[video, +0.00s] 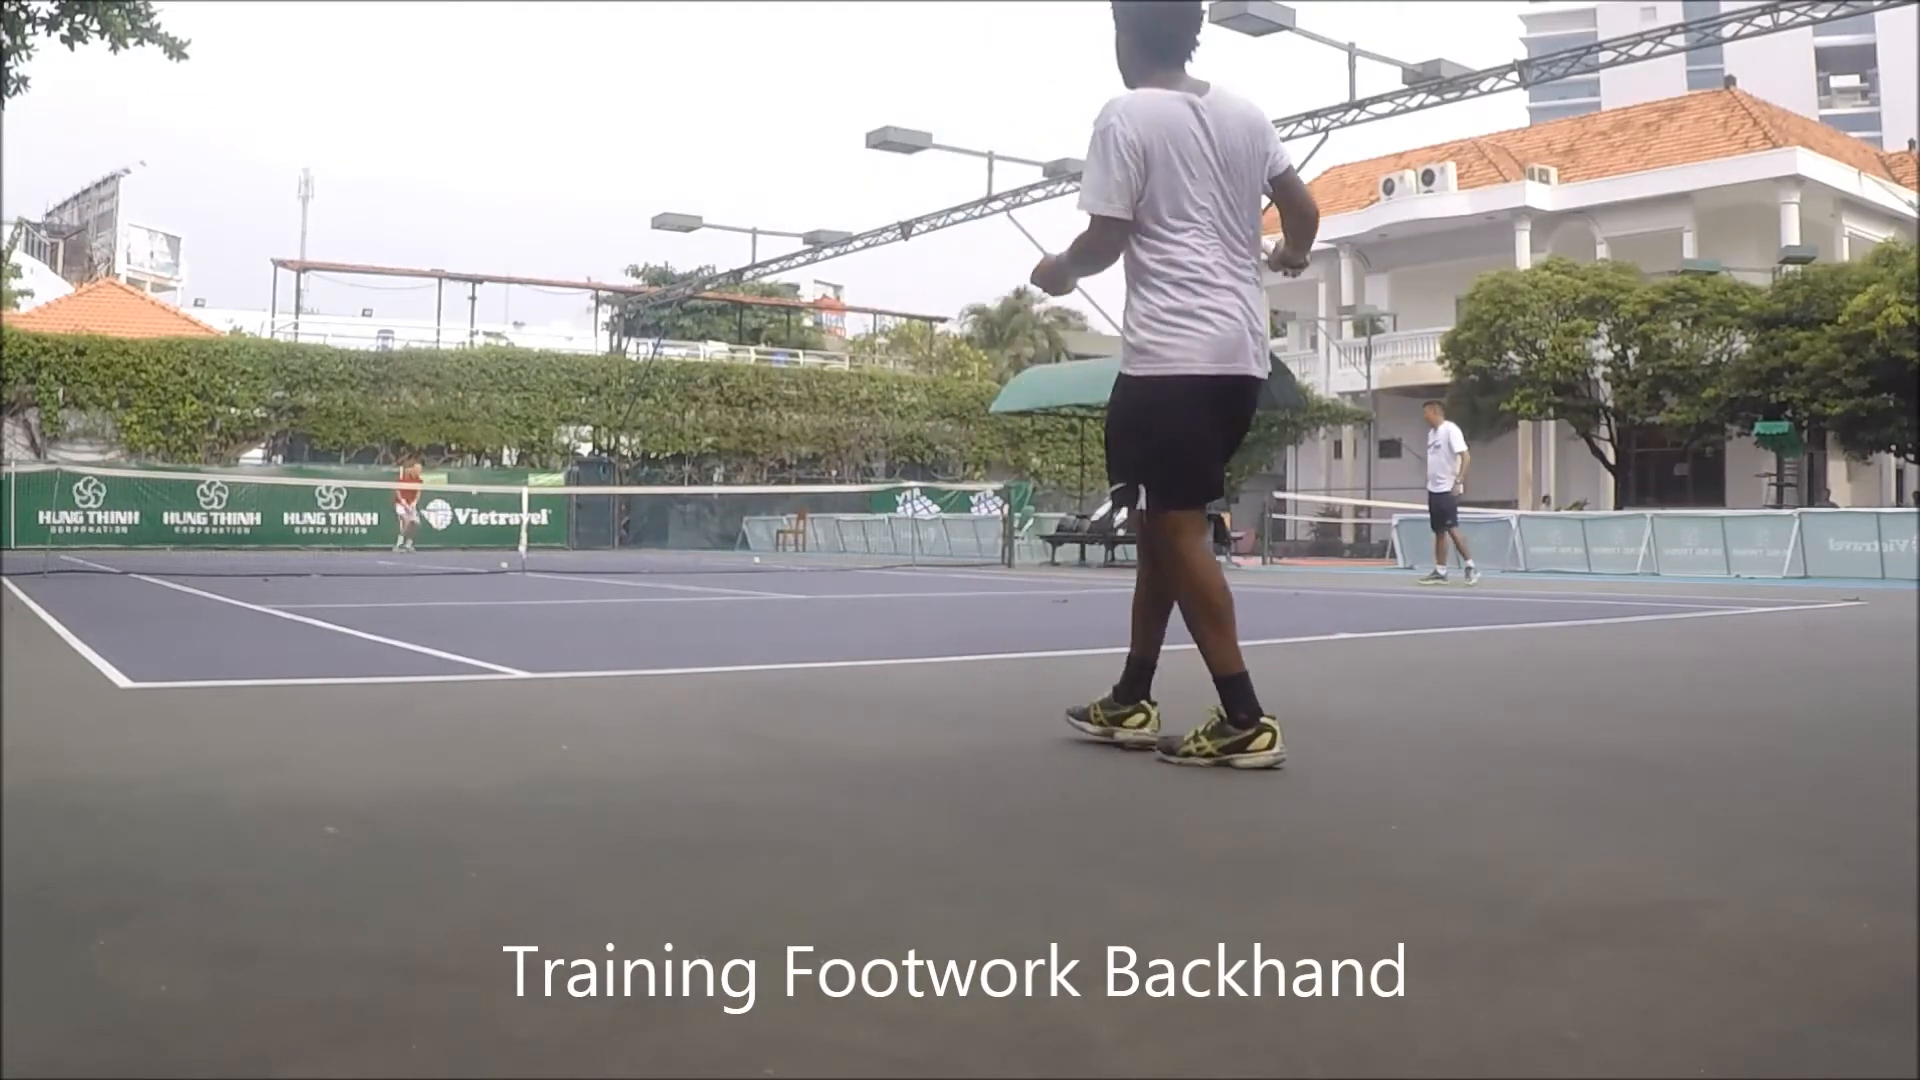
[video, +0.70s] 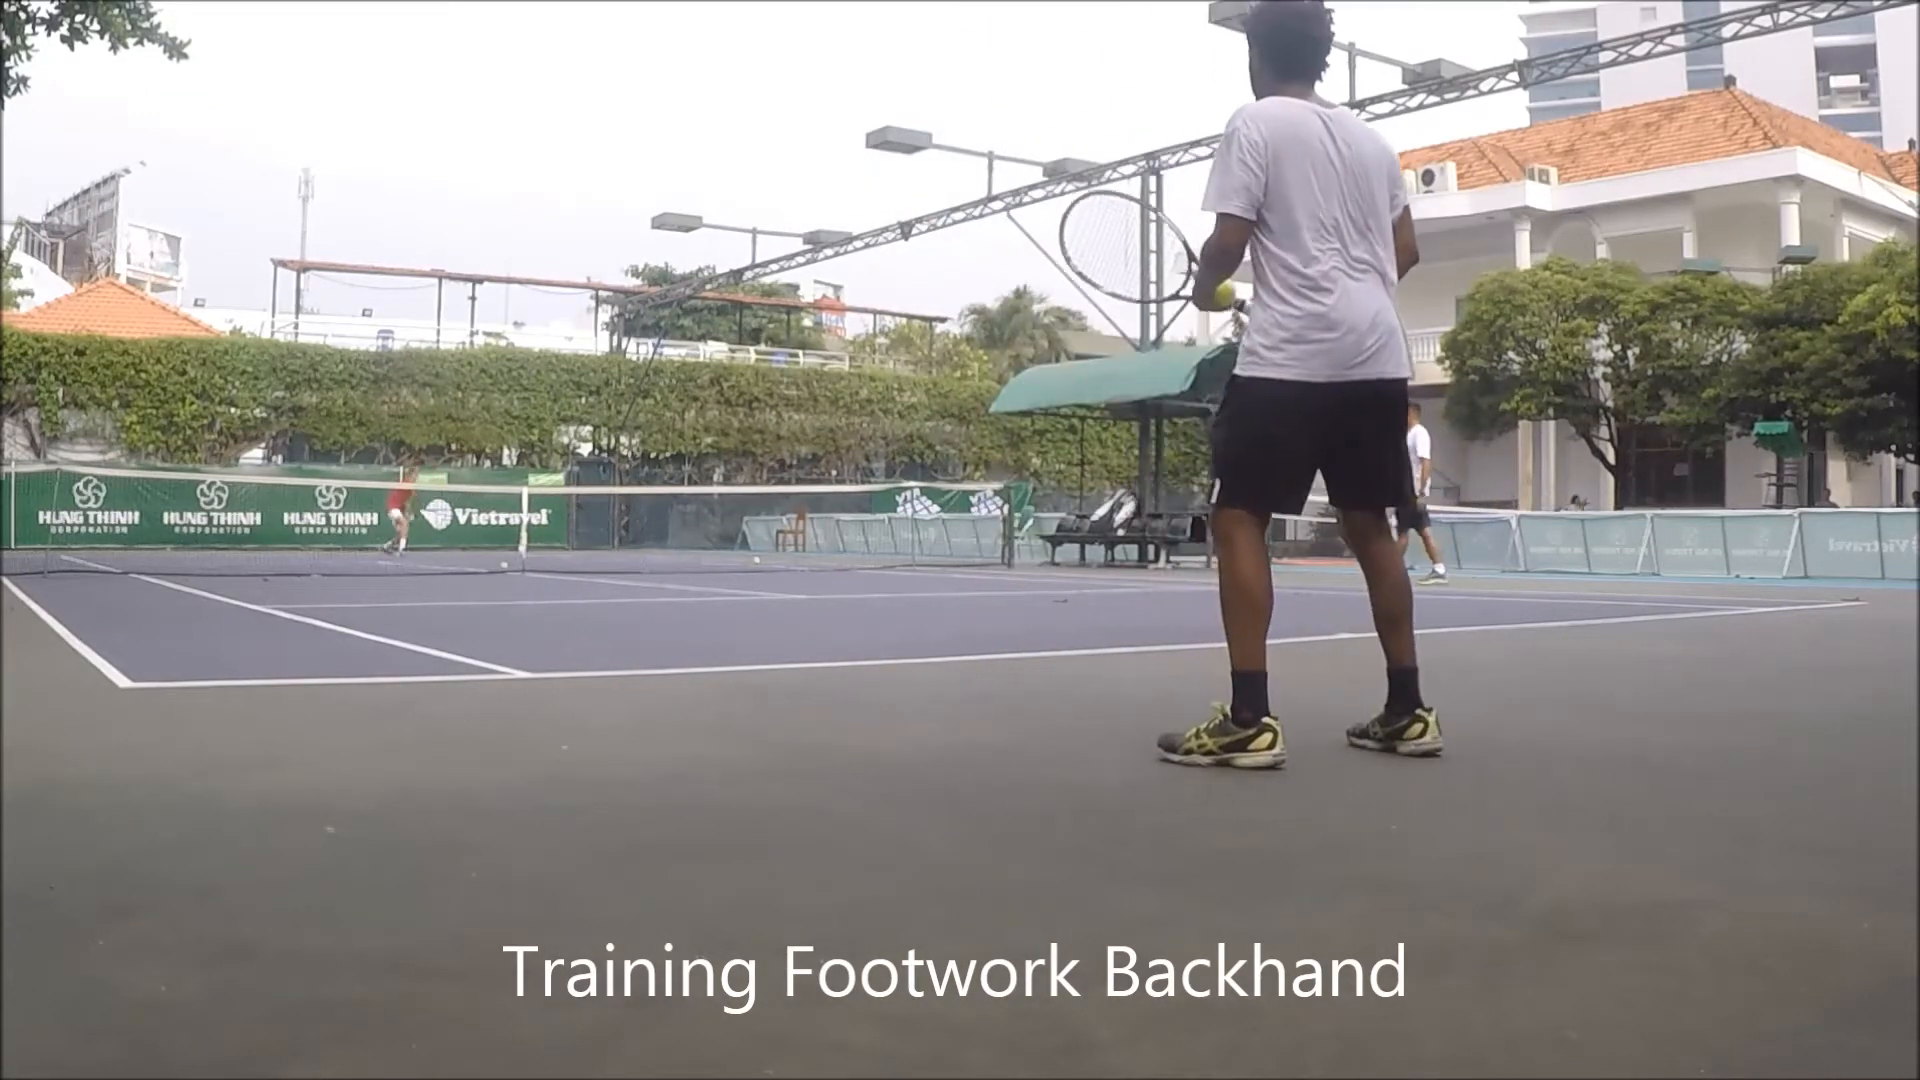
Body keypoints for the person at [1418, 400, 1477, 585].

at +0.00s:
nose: (1425, 418)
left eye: (1427, 414)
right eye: (1424, 414)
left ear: (1435, 413)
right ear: (1432, 414)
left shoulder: (1451, 429)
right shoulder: (1432, 433)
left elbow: (1465, 456)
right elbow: (1435, 458)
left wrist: (1459, 481)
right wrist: (1431, 480)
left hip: (1447, 487)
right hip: (1433, 487)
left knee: (1452, 528)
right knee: (1439, 531)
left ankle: (1470, 566)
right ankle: (1440, 570)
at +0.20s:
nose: (1419, 417)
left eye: (1420, 413)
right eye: (1419, 414)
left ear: (1429, 412)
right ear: (1426, 413)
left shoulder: (1444, 429)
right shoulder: (1428, 433)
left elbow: (1454, 457)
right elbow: (1432, 459)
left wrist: (1440, 482)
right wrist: (1427, 482)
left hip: (1440, 487)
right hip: (1429, 487)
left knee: (1432, 525)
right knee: (1434, 528)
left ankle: (1445, 566)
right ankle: (1438, 568)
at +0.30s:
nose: (1415, 417)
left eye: (1417, 413)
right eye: (1415, 414)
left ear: (1426, 413)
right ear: (1424, 413)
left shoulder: (1440, 429)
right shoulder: (1426, 434)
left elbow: (1449, 457)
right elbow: (1429, 463)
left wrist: (1434, 484)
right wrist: (1422, 489)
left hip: (1437, 487)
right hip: (1428, 487)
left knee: (1422, 525)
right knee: (1437, 529)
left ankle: (1427, 568)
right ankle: (1440, 570)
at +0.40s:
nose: (1413, 418)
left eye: (1415, 414)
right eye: (1413, 415)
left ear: (1423, 413)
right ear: (1422, 414)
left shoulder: (1436, 430)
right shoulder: (1422, 434)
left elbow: (1444, 458)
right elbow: (1421, 464)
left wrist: (1432, 486)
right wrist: (1413, 489)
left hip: (1432, 488)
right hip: (1422, 488)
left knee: (1414, 526)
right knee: (1435, 530)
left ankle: (1408, 568)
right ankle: (1440, 569)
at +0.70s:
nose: (1404, 417)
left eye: (1407, 413)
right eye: (1405, 413)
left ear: (1414, 413)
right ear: (1412, 414)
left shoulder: (1420, 433)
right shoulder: (1408, 433)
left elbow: (1425, 462)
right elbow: (1409, 462)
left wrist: (1421, 490)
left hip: (1414, 491)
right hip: (1407, 490)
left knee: (1402, 533)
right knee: (1425, 532)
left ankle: (1393, 569)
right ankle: (1439, 568)